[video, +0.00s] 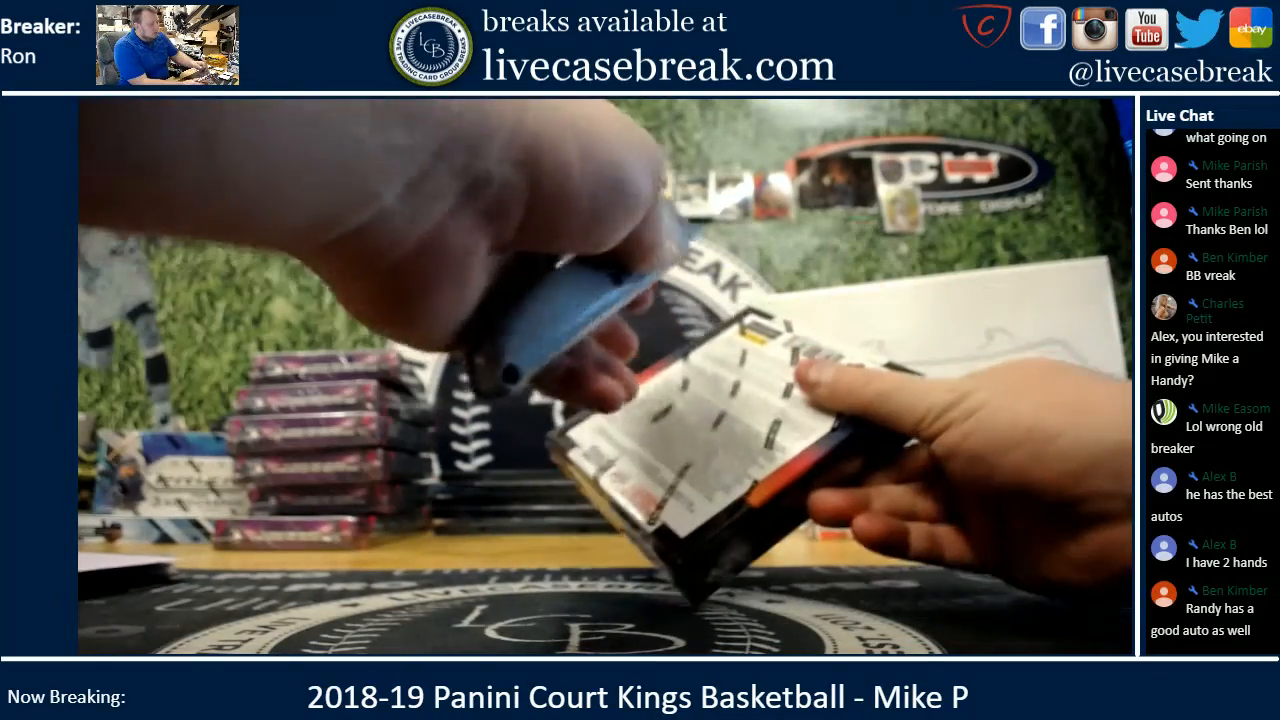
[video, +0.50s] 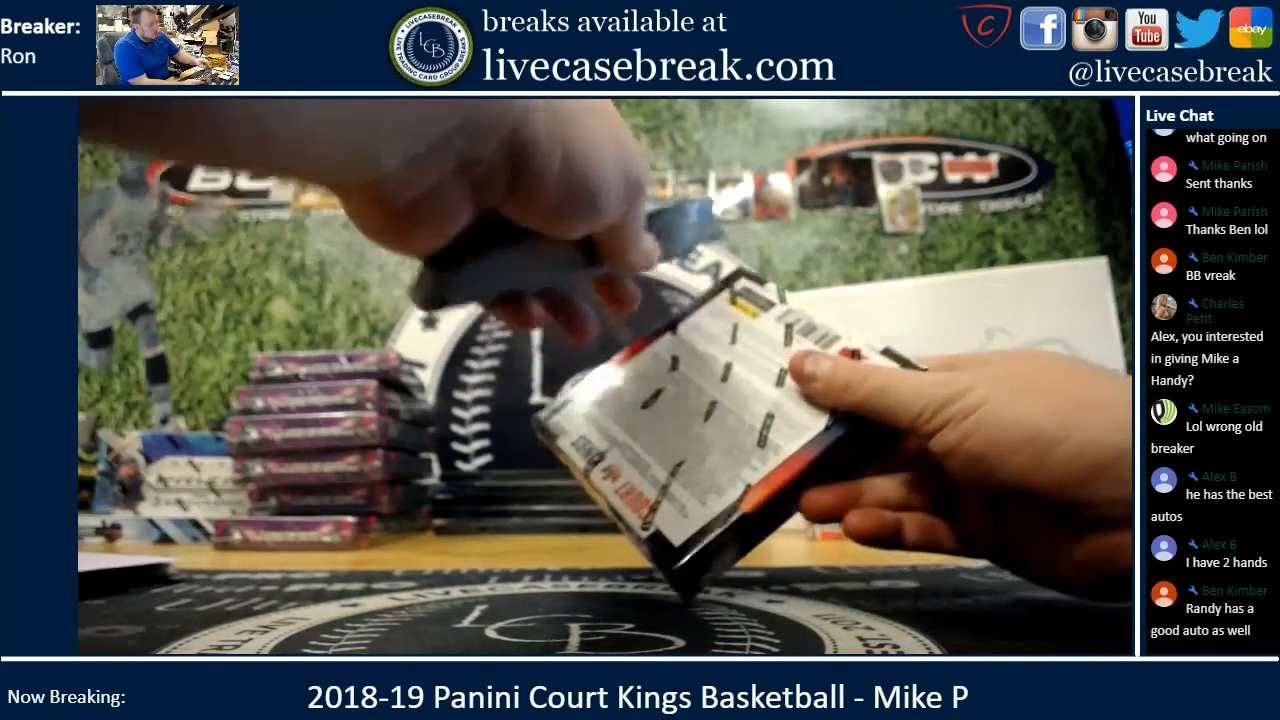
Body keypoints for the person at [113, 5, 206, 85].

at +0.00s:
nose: (157, 28)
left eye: (157, 22)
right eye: (151, 24)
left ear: (158, 21)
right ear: (137, 26)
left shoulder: (161, 37)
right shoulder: (124, 46)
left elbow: (177, 55)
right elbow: (141, 82)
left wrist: (194, 64)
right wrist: (183, 83)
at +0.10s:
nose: (156, 28)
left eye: (157, 22)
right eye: (151, 24)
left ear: (158, 21)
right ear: (137, 26)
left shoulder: (161, 38)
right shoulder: (124, 46)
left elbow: (177, 55)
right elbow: (141, 82)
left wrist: (193, 63)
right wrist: (182, 83)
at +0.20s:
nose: (157, 28)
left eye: (157, 22)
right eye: (151, 24)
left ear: (158, 21)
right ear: (137, 26)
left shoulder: (161, 38)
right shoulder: (124, 47)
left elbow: (177, 55)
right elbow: (141, 83)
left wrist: (193, 63)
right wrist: (182, 84)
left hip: (164, 94)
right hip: (137, 99)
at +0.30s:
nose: (156, 28)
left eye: (157, 22)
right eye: (151, 24)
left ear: (159, 21)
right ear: (137, 26)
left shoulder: (161, 38)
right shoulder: (124, 47)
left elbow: (177, 55)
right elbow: (141, 83)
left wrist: (194, 63)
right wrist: (183, 83)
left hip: (164, 93)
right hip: (137, 98)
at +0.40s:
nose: (156, 28)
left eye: (157, 22)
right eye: (150, 24)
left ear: (158, 21)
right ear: (136, 26)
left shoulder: (161, 38)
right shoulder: (124, 47)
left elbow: (178, 54)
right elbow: (141, 83)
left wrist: (195, 61)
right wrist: (183, 83)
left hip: (164, 93)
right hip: (137, 98)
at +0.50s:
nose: (156, 28)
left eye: (156, 22)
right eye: (150, 24)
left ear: (158, 21)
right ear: (136, 27)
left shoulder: (161, 38)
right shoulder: (124, 47)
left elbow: (179, 54)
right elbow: (141, 83)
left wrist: (195, 61)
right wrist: (183, 83)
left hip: (164, 93)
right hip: (137, 99)